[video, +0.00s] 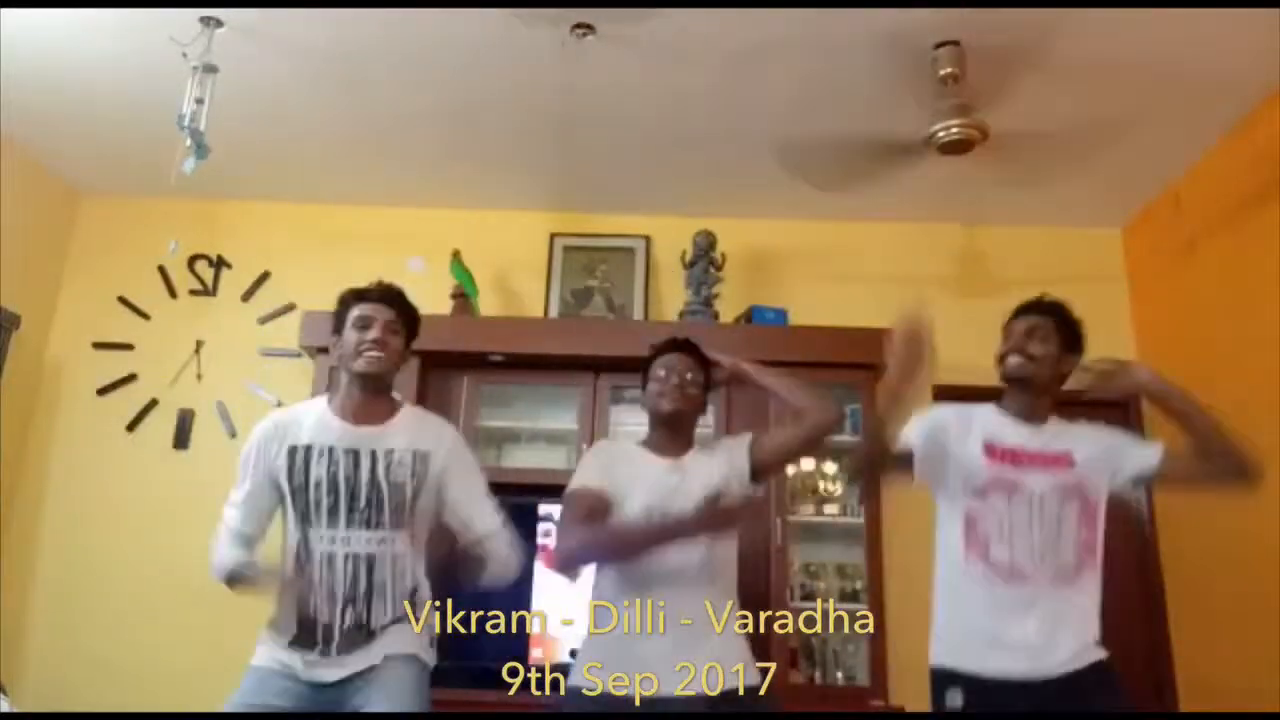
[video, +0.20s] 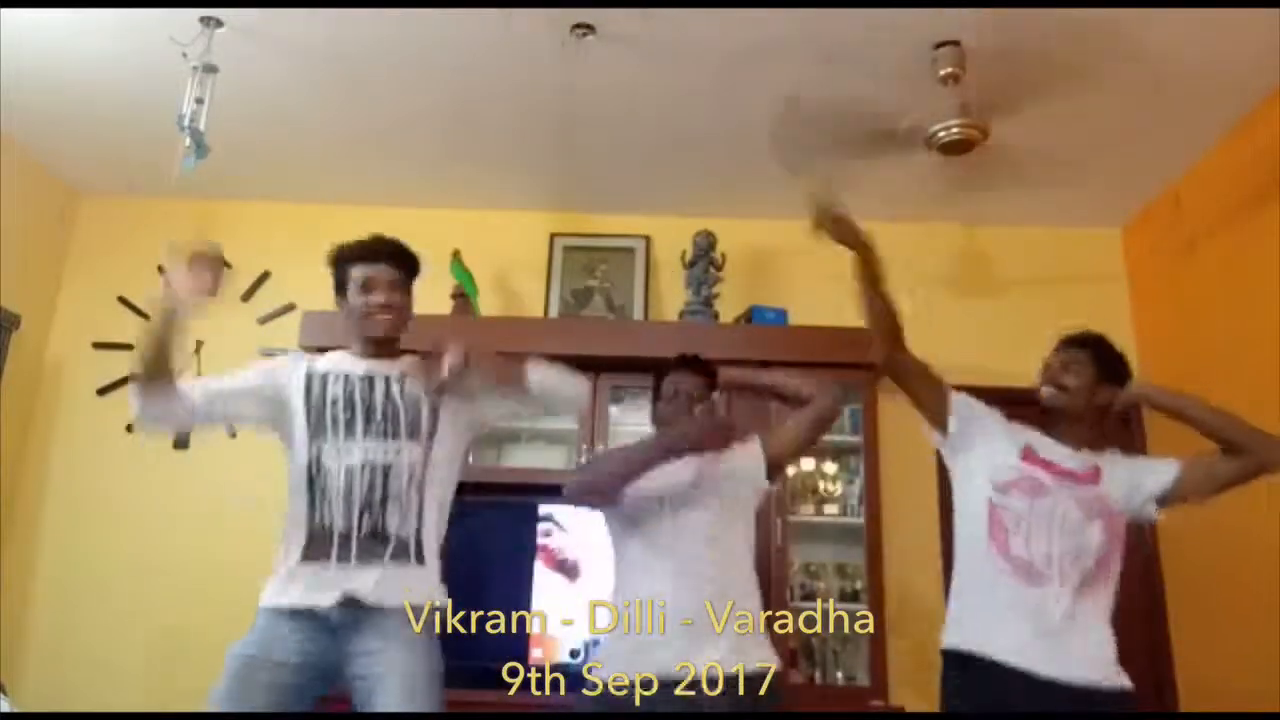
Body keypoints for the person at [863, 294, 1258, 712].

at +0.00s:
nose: (1019, 346)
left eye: (1038, 338)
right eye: (1011, 338)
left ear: (1068, 366)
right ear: (998, 356)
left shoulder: (1097, 447)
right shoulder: (952, 428)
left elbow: (1234, 469)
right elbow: (867, 468)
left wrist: (1151, 386)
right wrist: (890, 393)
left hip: (1075, 677)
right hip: (971, 679)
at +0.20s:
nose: (1052, 377)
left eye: (1072, 371)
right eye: (1048, 367)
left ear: (1106, 397)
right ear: (1038, 379)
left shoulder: (1123, 479)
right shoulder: (981, 434)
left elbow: (1260, 456)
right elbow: (893, 357)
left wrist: (1147, 396)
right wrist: (863, 253)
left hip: (1088, 687)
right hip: (983, 674)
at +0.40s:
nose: (1065, 390)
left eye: (1086, 384)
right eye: (1061, 381)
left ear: (1117, 415)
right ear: (1048, 397)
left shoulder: (1135, 495)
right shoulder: (986, 453)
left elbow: (1268, 461)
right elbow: (880, 376)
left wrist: (1152, 409)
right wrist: (914, 266)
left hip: (1096, 698)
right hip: (985, 688)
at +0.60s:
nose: (1066, 375)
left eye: (1085, 371)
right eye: (1064, 366)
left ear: (1118, 397)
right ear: (1051, 380)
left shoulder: (1137, 474)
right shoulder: (988, 436)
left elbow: (1266, 433)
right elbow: (874, 390)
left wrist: (1154, 390)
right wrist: (937, 308)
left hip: (1100, 680)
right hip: (995, 667)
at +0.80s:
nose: (1066, 374)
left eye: (1086, 369)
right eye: (1063, 366)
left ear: (1118, 397)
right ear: (1053, 383)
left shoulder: (1138, 477)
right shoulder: (995, 436)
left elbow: (1266, 430)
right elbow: (908, 337)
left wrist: (1153, 388)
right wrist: (894, 221)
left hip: (1107, 693)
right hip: (997, 680)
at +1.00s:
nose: (1073, 357)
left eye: (1093, 350)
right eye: (1070, 348)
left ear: (1129, 374)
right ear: (1061, 364)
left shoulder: (1145, 460)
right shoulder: (1001, 421)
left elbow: (1270, 423)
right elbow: (890, 357)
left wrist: (1168, 370)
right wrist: (934, 257)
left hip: (1106, 677)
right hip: (998, 664)